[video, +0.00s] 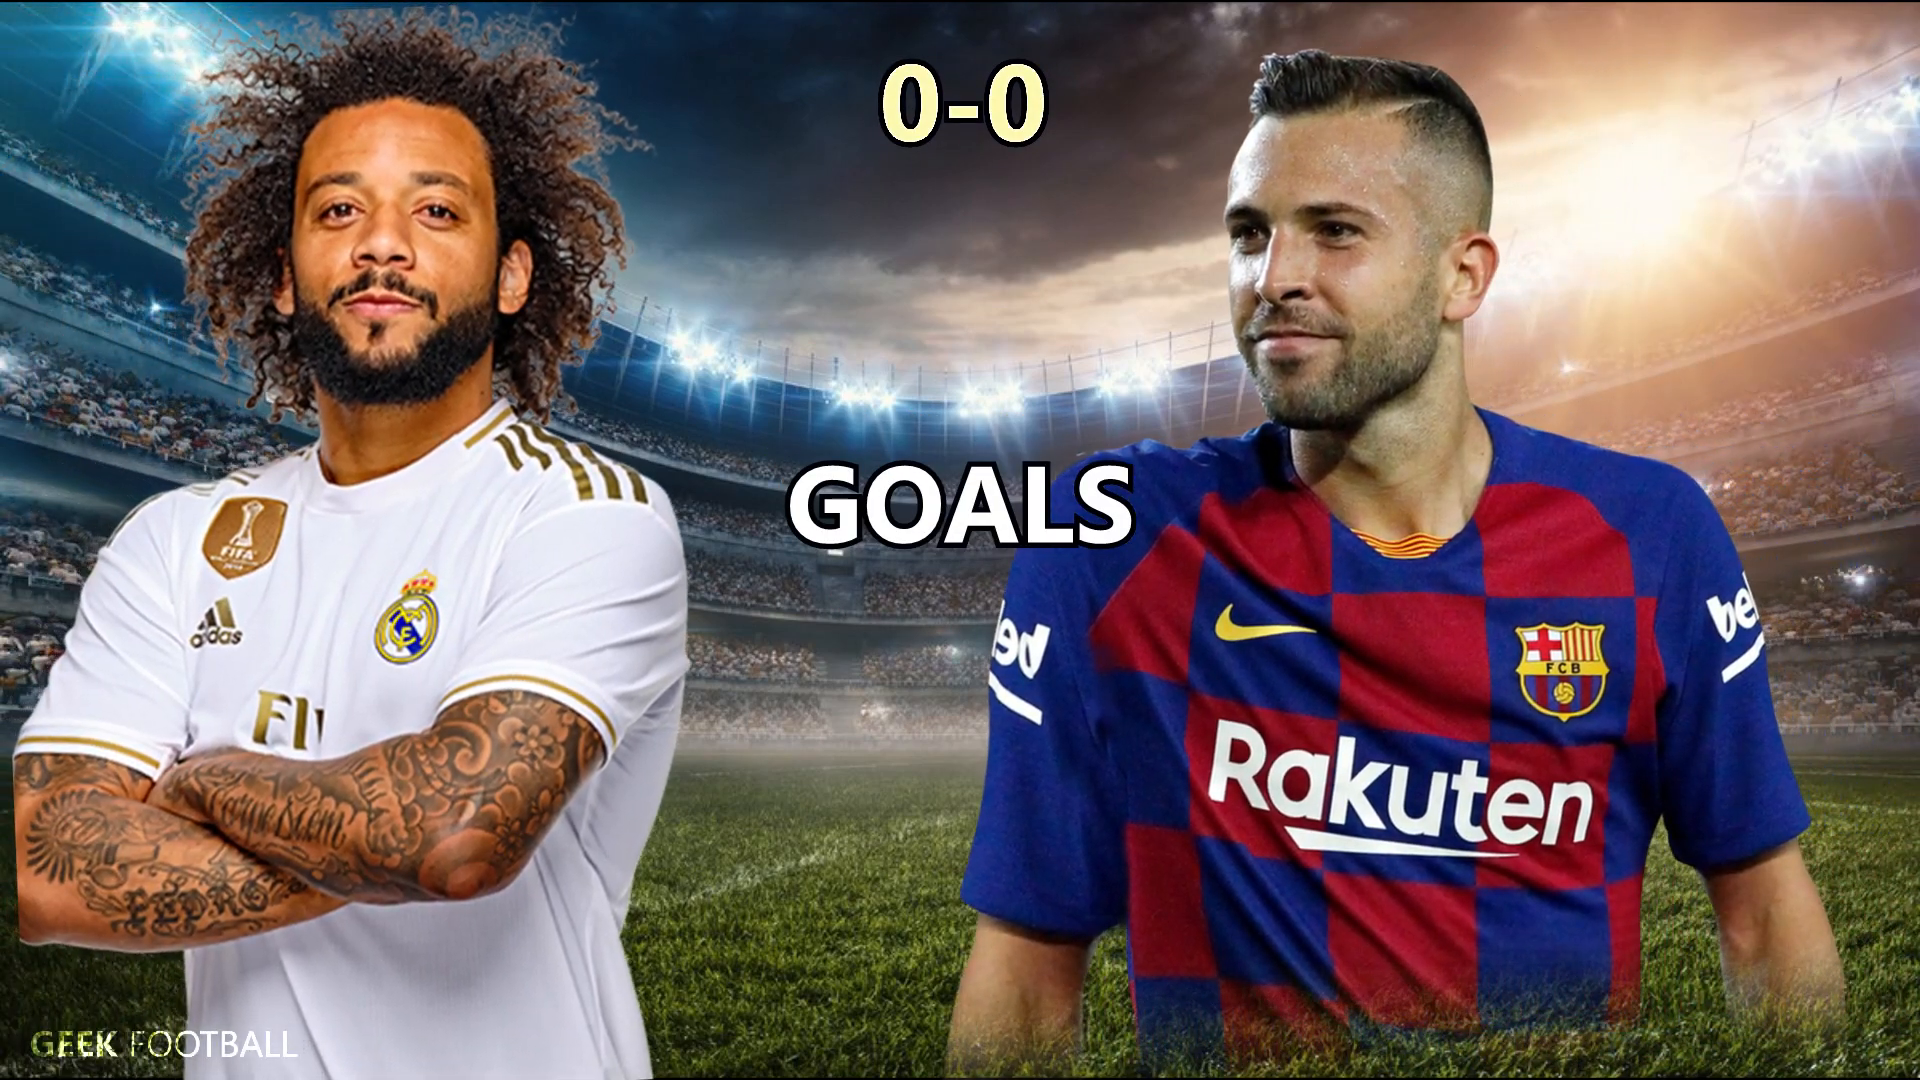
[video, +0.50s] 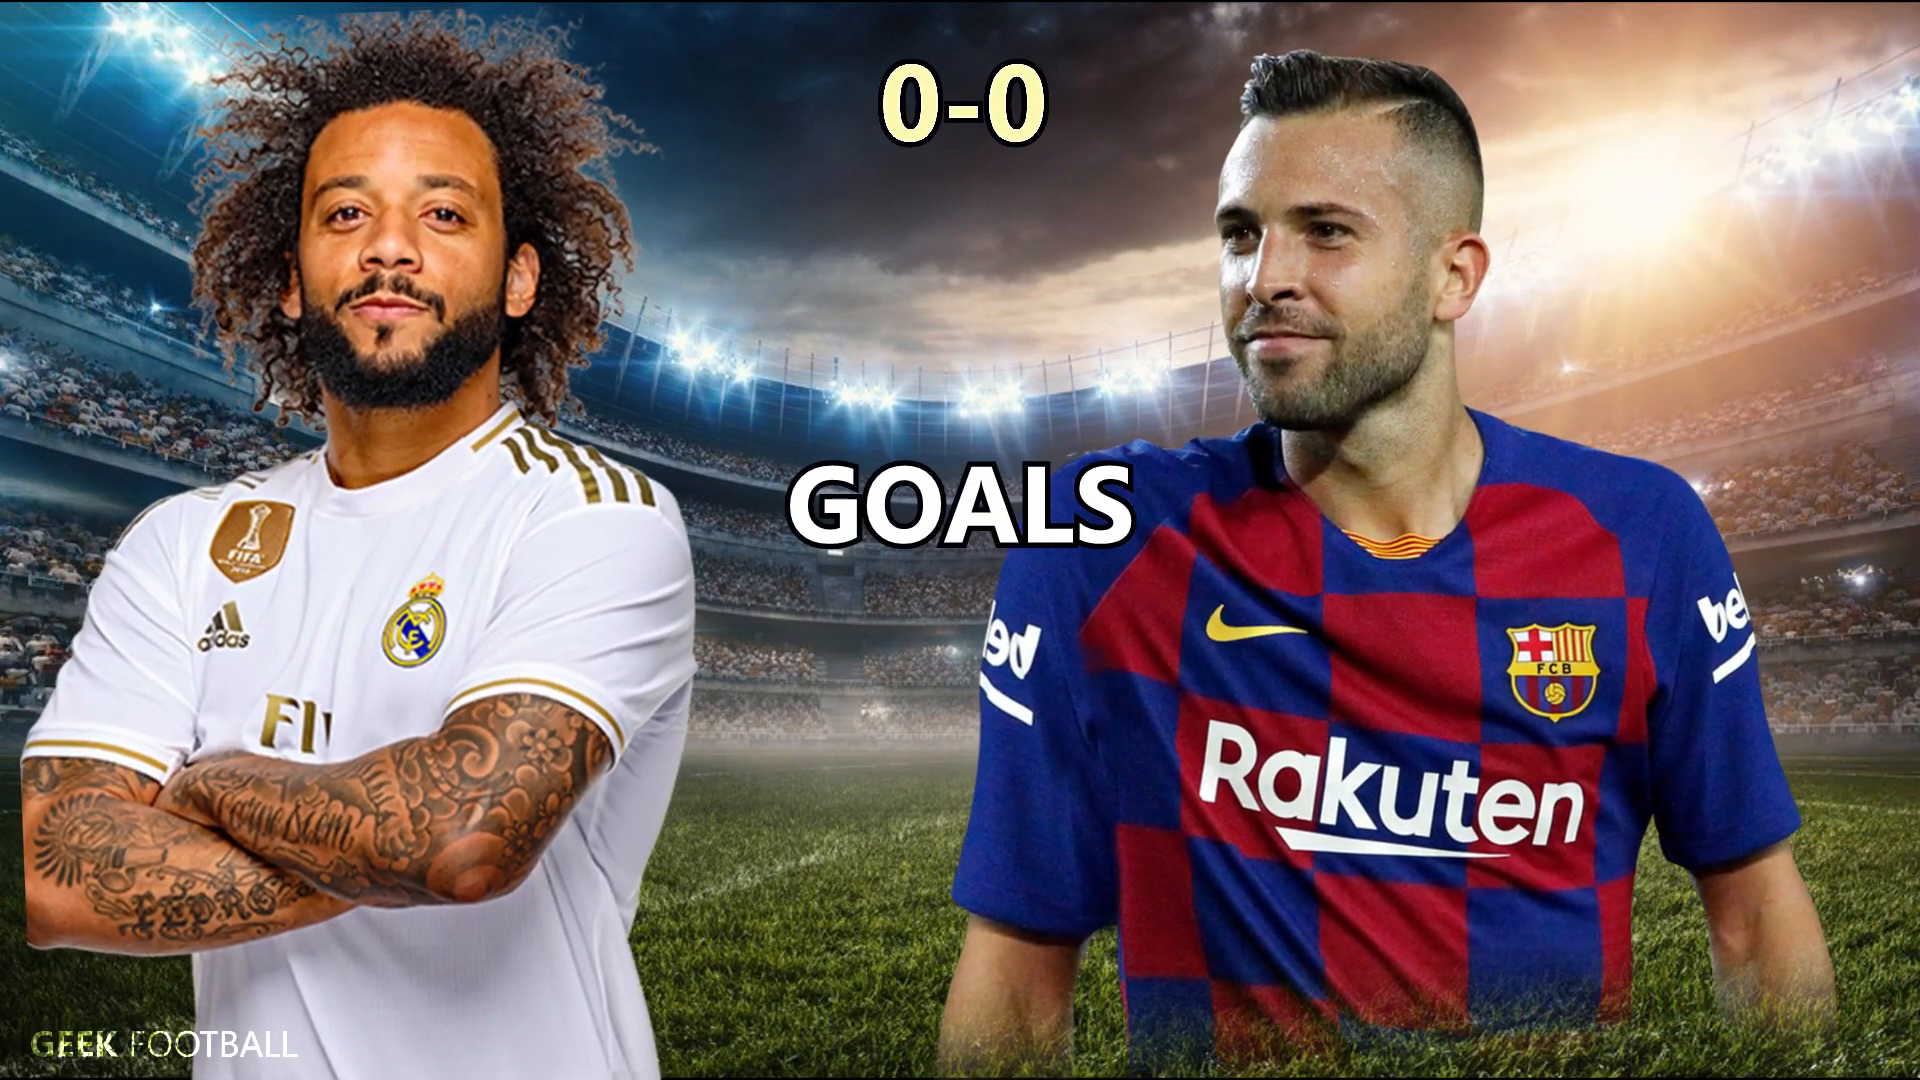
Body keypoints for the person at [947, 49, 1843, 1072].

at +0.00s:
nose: (1272, 279)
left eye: (1336, 232)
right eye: (1251, 236)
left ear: (1466, 275)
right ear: (1226, 256)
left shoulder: (1655, 536)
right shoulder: (1109, 544)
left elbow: (1766, 913)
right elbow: (1026, 968)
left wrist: (1812, 1074)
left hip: (1557, 1051)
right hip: (1232, 1052)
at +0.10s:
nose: (1271, 279)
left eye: (1335, 232)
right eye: (1250, 236)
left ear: (1465, 274)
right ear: (1225, 256)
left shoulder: (1654, 537)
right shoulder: (1109, 544)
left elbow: (1765, 910)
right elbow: (1026, 967)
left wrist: (1814, 1079)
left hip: (1557, 1051)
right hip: (1231, 1051)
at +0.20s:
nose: (1268, 279)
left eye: (1331, 233)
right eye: (1246, 236)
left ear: (1462, 275)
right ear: (1222, 257)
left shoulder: (1650, 537)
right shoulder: (1103, 543)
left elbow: (1763, 918)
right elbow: (1022, 963)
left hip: (1553, 1050)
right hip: (1226, 1049)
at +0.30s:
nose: (1265, 279)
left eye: (1329, 233)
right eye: (1244, 236)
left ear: (1459, 275)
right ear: (1219, 257)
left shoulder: (1648, 538)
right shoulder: (1101, 544)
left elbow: (1759, 912)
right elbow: (1020, 966)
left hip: (1550, 1050)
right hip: (1222, 1051)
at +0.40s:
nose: (1264, 279)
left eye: (1327, 233)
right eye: (1242, 236)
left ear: (1457, 275)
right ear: (1217, 257)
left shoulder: (1646, 538)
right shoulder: (1099, 546)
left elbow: (1756, 909)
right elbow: (1019, 964)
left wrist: (1809, 1076)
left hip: (1548, 1050)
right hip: (1222, 1051)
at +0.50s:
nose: (1264, 279)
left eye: (1327, 233)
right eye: (1242, 236)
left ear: (1457, 275)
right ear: (1218, 257)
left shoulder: (1646, 538)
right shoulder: (1099, 546)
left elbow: (1756, 911)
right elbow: (1017, 965)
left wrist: (1804, 1076)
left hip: (1547, 1049)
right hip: (1221, 1050)